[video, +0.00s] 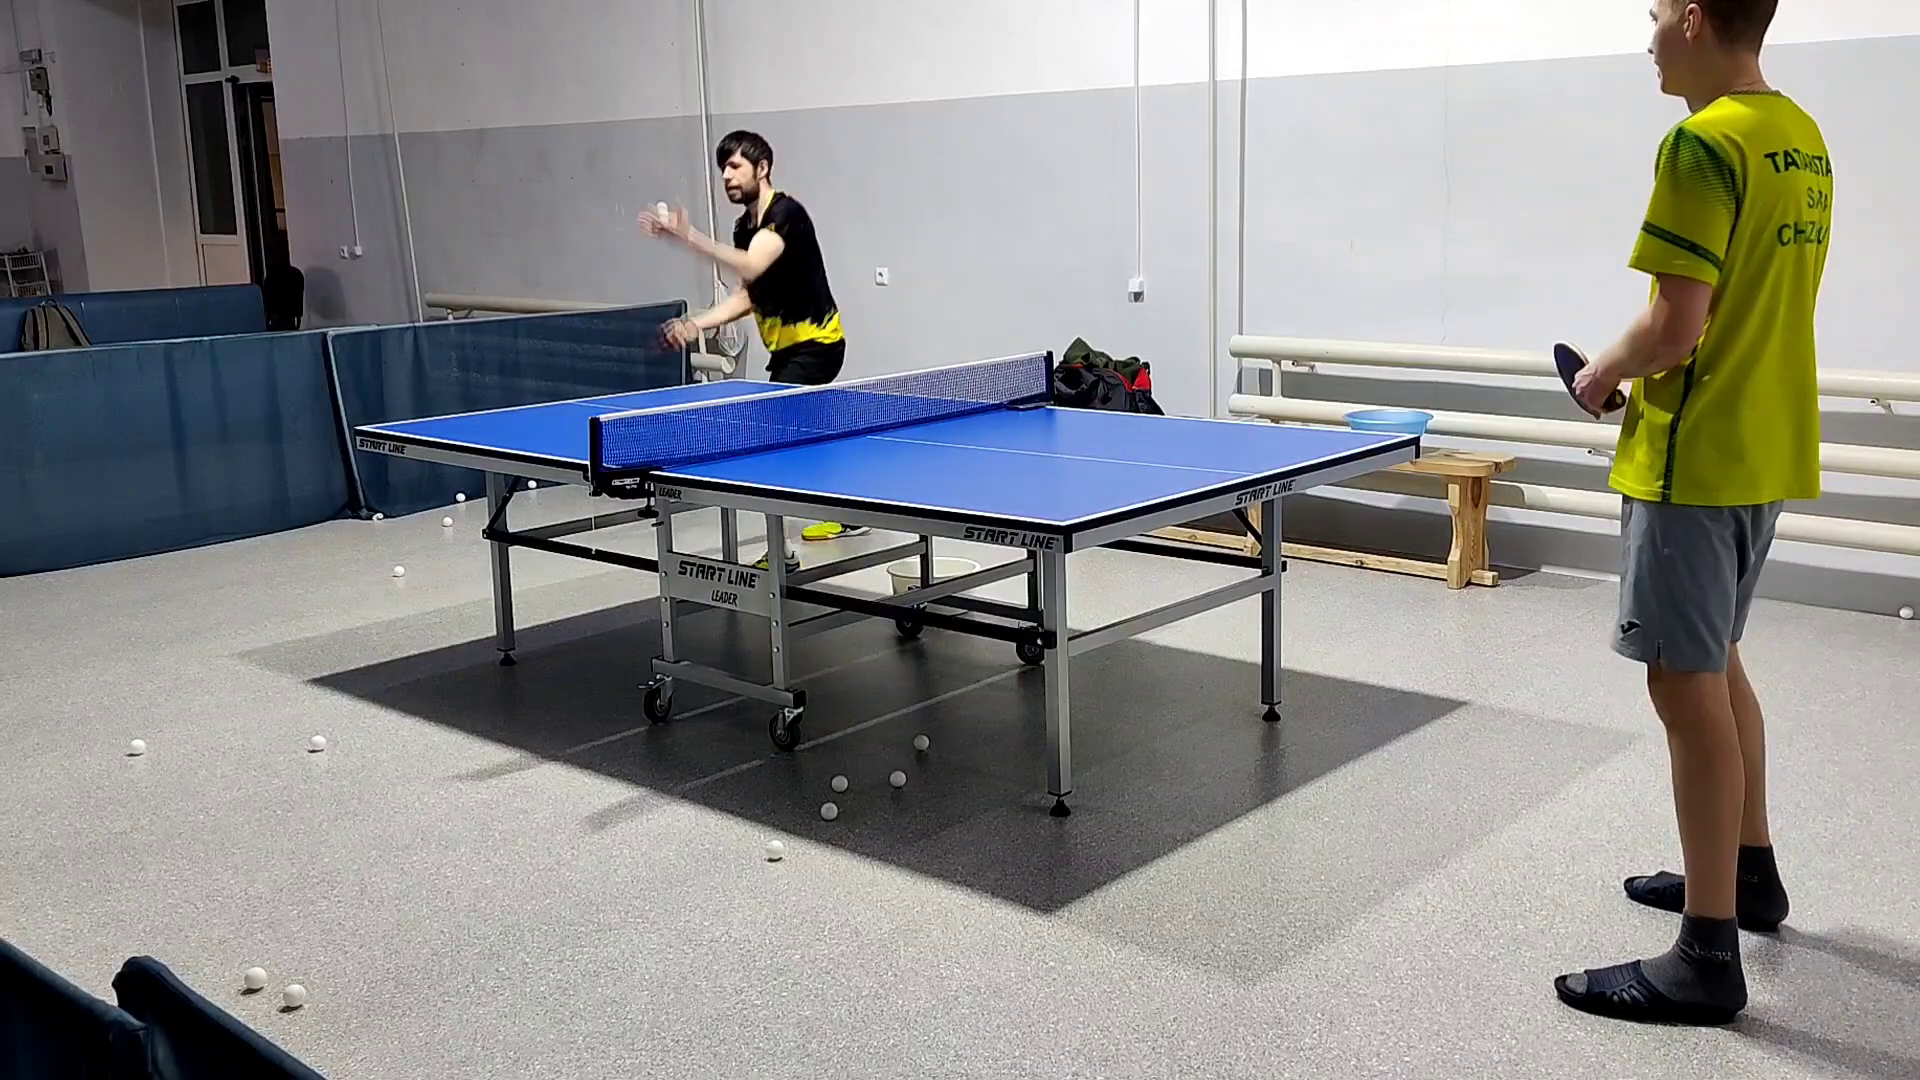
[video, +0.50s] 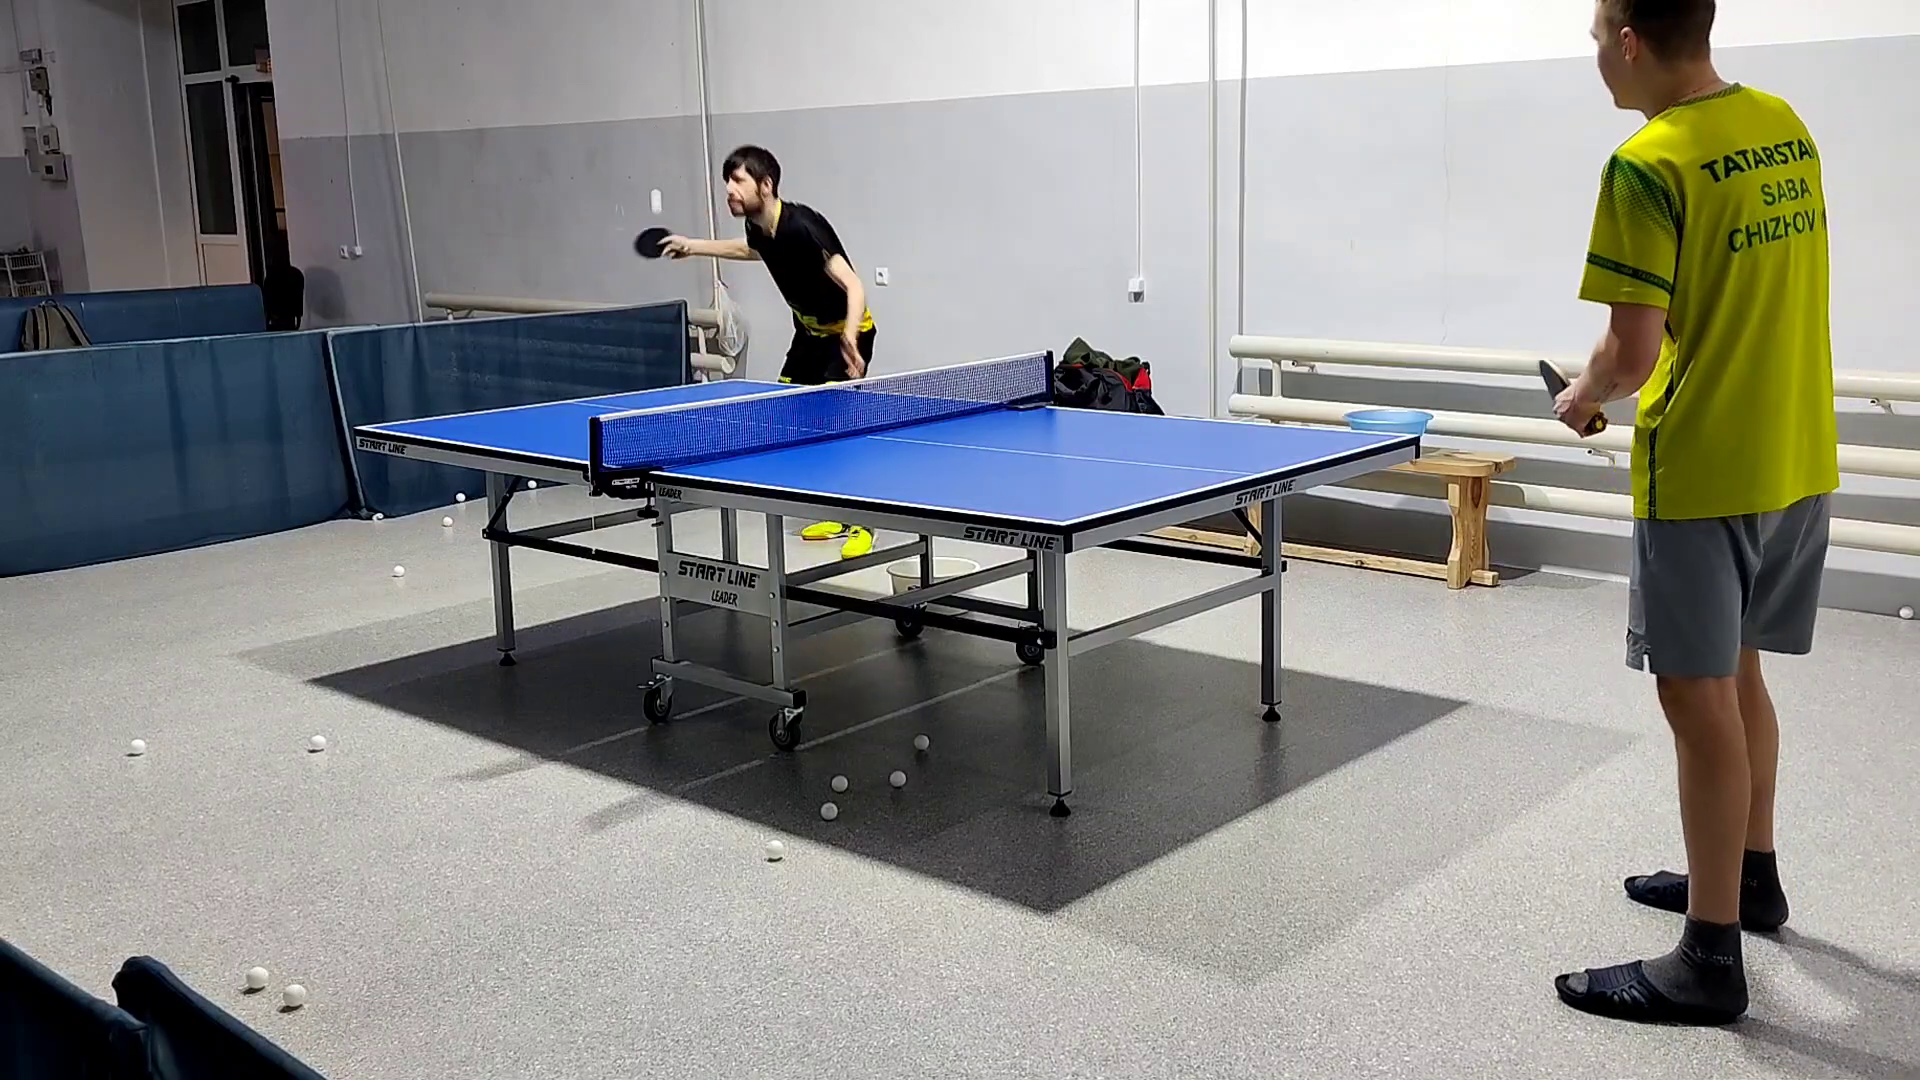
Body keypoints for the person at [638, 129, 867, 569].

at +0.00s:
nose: (726, 176)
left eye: (734, 166)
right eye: (723, 169)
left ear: (762, 168)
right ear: (725, 175)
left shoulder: (787, 211)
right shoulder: (745, 227)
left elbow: (752, 266)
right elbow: (746, 299)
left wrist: (688, 236)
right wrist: (695, 324)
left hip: (817, 346)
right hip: (784, 349)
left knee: (765, 426)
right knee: (804, 434)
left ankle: (780, 550)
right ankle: (844, 512)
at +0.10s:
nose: (729, 163)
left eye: (738, 153)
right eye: (727, 156)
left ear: (766, 158)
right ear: (729, 165)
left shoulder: (791, 200)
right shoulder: (748, 220)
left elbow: (765, 251)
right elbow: (756, 297)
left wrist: (705, 227)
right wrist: (719, 336)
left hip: (825, 334)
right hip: (791, 338)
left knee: (780, 428)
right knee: (784, 432)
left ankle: (786, 545)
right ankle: (846, 512)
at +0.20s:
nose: (727, 157)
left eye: (737, 148)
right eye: (726, 150)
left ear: (764, 154)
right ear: (729, 159)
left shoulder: (789, 195)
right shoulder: (750, 213)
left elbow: (795, 255)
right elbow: (767, 278)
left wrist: (744, 252)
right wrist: (732, 322)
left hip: (832, 325)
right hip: (796, 328)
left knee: (813, 418)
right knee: (789, 421)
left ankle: (833, 518)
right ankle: (841, 512)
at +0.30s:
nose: (725, 160)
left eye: (734, 151)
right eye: (724, 153)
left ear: (762, 158)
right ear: (733, 163)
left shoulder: (790, 199)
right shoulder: (751, 212)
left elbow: (821, 263)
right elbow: (766, 264)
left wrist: (790, 283)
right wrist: (724, 288)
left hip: (839, 324)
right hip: (803, 329)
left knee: (818, 413)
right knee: (788, 418)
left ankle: (836, 526)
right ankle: (846, 508)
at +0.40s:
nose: (725, 172)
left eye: (734, 163)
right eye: (724, 164)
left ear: (762, 169)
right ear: (731, 172)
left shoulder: (795, 209)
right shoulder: (754, 216)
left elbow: (842, 274)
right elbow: (761, 255)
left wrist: (822, 312)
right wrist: (702, 255)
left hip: (844, 324)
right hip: (806, 326)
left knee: (827, 410)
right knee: (791, 413)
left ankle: (863, 519)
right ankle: (838, 511)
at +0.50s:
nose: (730, 191)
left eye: (737, 182)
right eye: (728, 183)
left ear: (766, 184)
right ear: (738, 187)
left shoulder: (803, 224)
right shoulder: (755, 224)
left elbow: (854, 285)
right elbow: (754, 251)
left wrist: (849, 336)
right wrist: (692, 246)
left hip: (846, 334)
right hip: (809, 332)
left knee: (838, 423)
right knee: (792, 417)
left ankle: (861, 521)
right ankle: (839, 513)